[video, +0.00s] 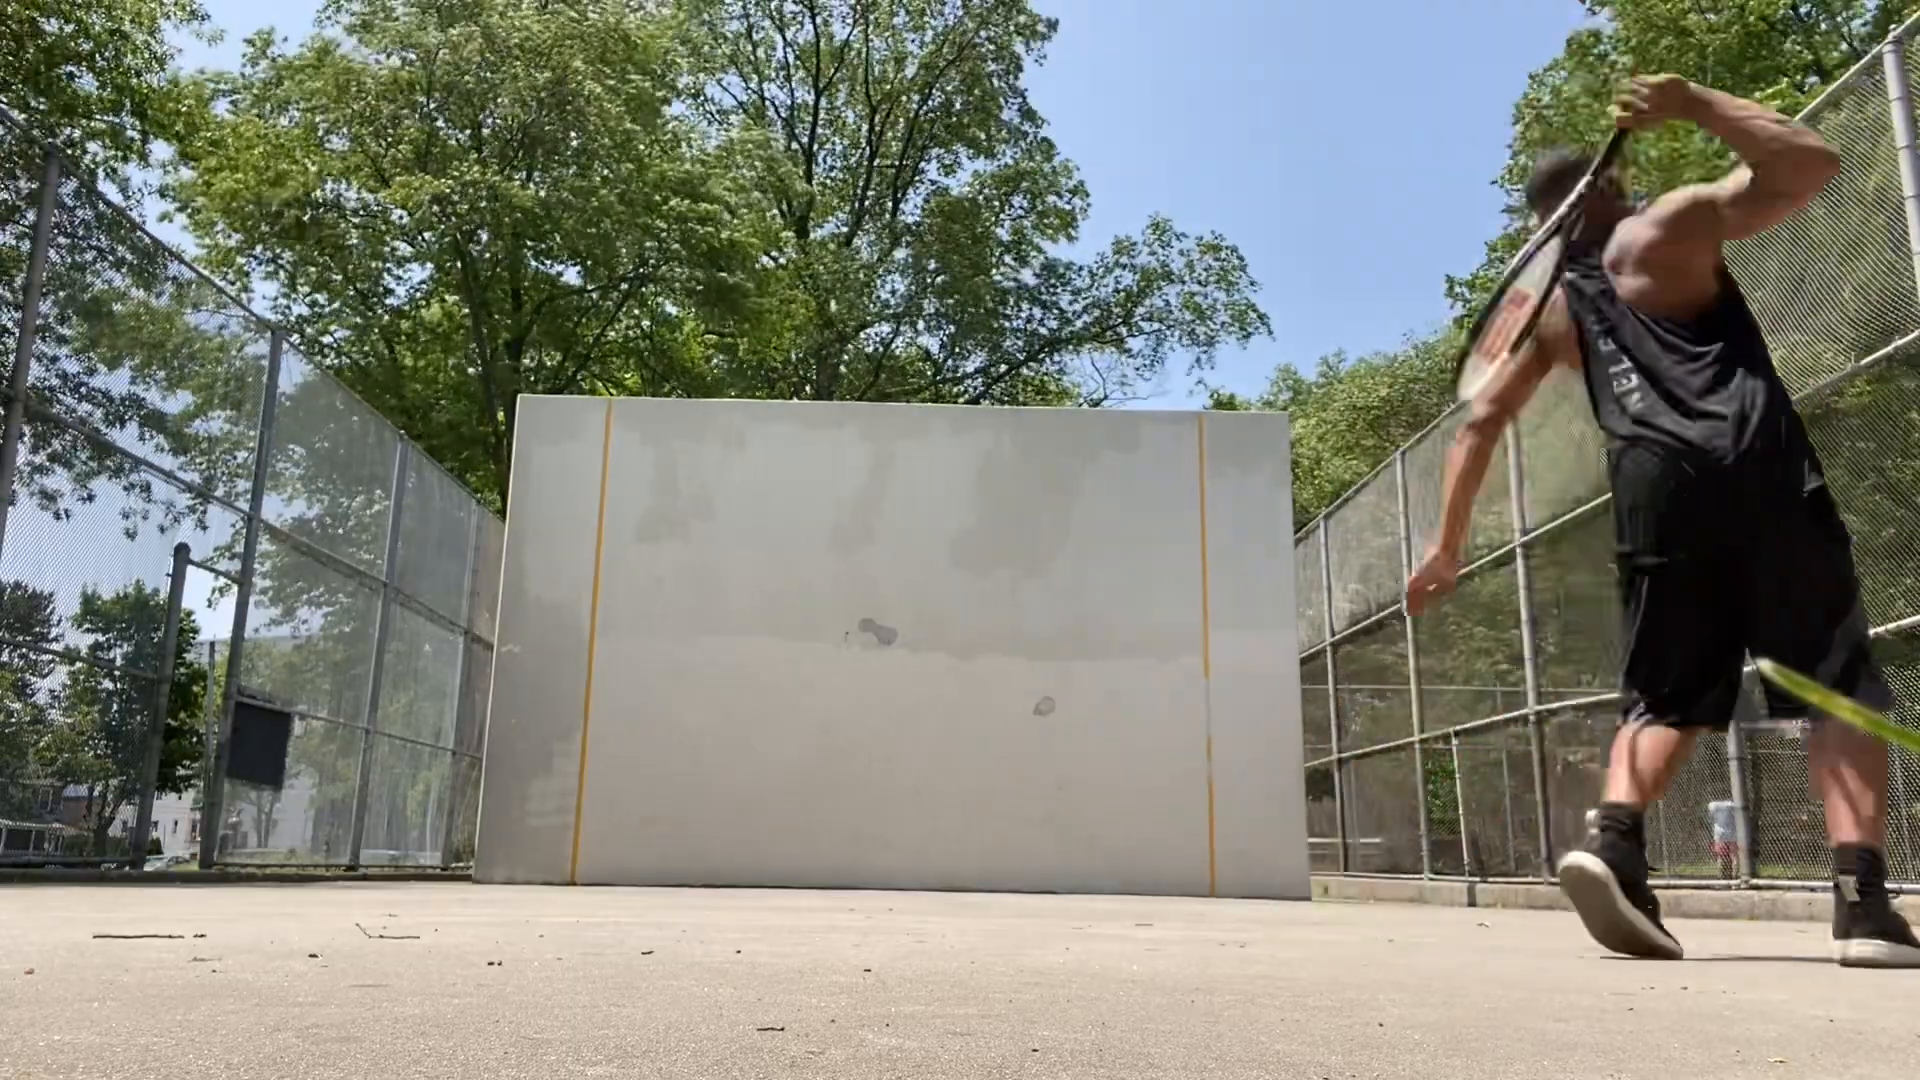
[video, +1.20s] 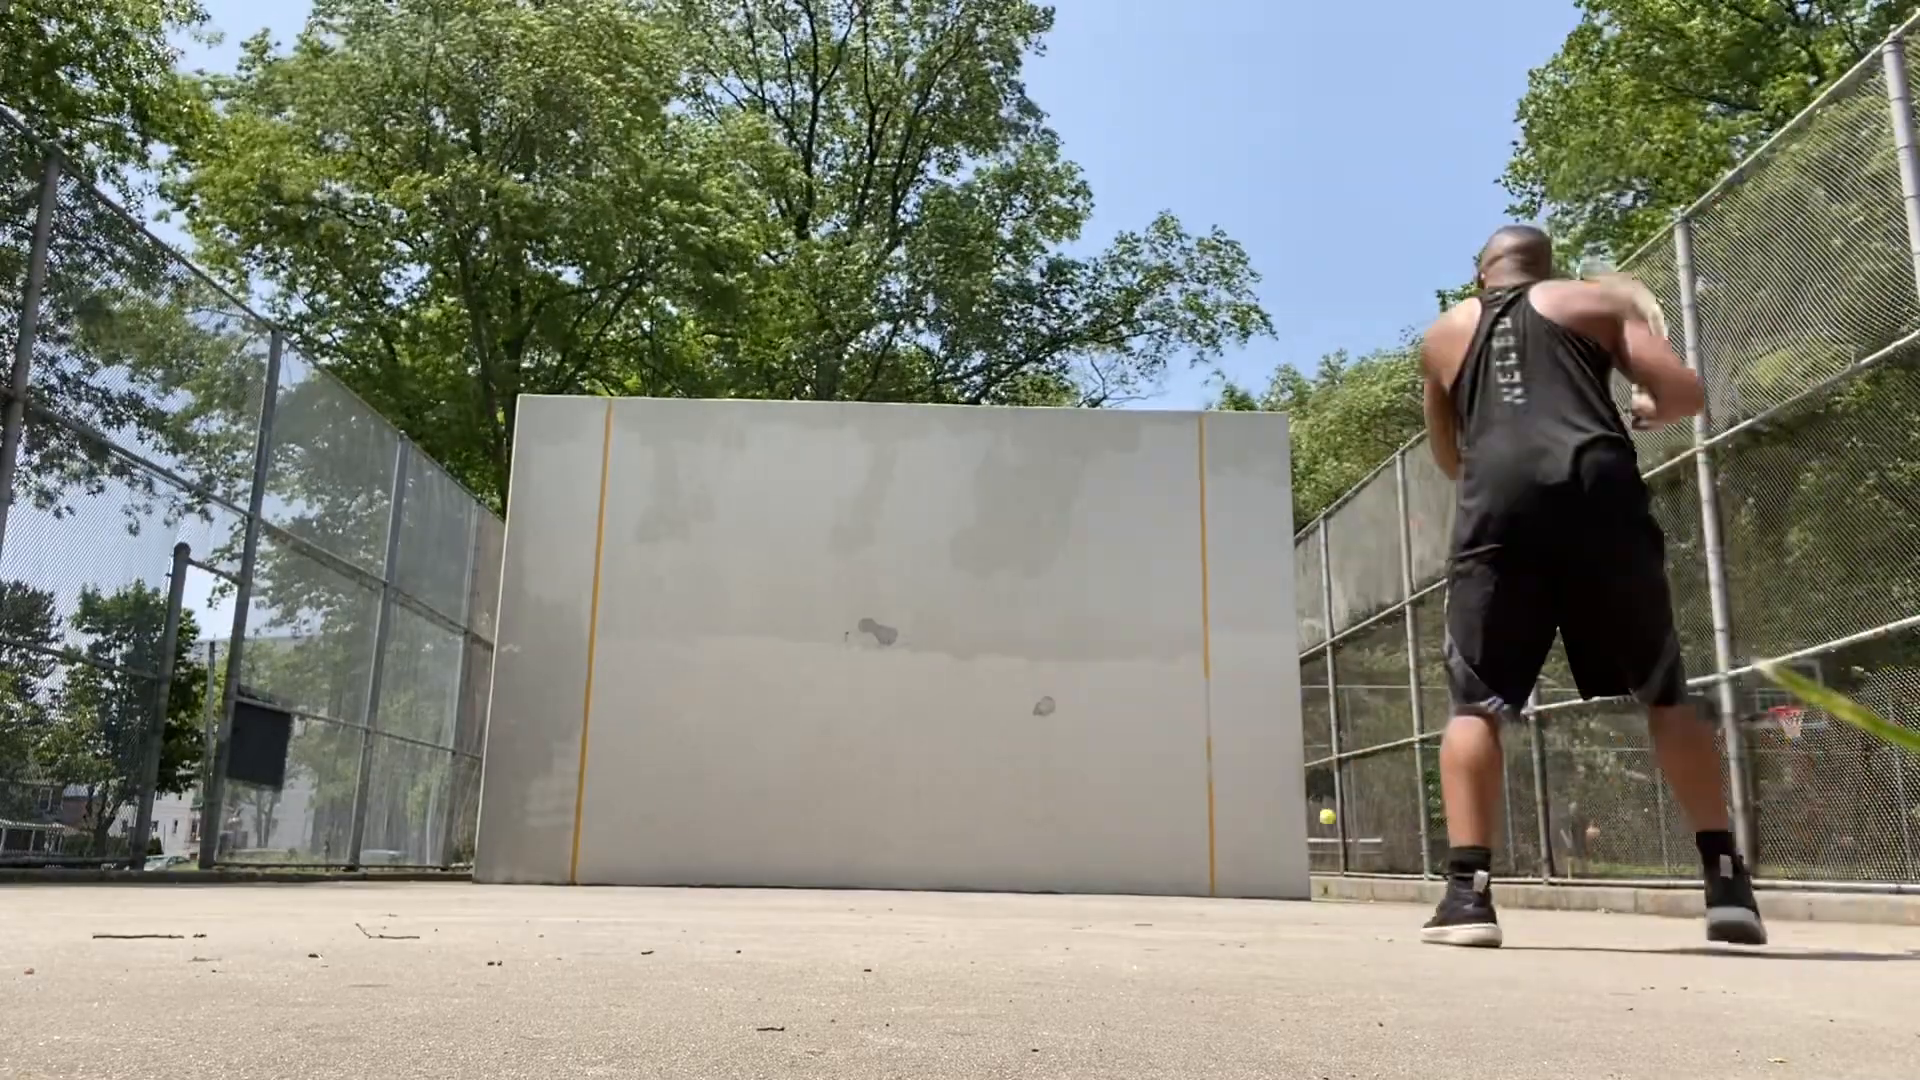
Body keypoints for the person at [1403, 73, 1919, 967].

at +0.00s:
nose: (1619, 182)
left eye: (1608, 176)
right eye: (1609, 177)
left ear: (1550, 220)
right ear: (1601, 189)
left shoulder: (1547, 307)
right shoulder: (1667, 224)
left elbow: (1481, 418)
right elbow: (1810, 163)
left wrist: (1446, 545)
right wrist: (1695, 102)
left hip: (1654, 504)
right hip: (1764, 477)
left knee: (1671, 686)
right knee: (1839, 678)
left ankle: (1613, 846)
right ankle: (1863, 903)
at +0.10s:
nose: (1507, 246)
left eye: (1505, 235)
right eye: (1510, 231)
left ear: (1515, 233)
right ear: (1579, 201)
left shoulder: (1532, 299)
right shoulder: (1657, 215)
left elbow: (1550, 380)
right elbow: (1736, 158)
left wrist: (1523, 504)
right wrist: (1700, 70)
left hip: (1667, 454)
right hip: (1771, 408)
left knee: (1674, 655)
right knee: (1832, 629)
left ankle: (1703, 849)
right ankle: (1890, 861)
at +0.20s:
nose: (1501, 231)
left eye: (1505, 216)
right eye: (1504, 215)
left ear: (1525, 218)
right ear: (1583, 216)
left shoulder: (1550, 276)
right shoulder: (1637, 261)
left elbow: (1634, 347)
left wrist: (1620, 476)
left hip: (1692, 454)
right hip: (1779, 414)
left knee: (1679, 667)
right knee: (1855, 599)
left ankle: (1714, 872)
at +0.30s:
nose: (1504, 255)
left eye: (1507, 242)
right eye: (1507, 242)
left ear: (1528, 243)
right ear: (1585, 241)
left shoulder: (1563, 298)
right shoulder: (1630, 288)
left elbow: (1664, 370)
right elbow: (1566, 402)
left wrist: (1630, 502)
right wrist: (1510, 464)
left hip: (1701, 480)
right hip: (1780, 447)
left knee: (1688, 696)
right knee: (1863, 621)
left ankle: (1746, 904)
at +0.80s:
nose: (1507, 318)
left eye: (1507, 305)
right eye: (1507, 306)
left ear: (1520, 294)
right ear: (1574, 287)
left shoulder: (1542, 327)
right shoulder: (1631, 328)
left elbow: (1575, 438)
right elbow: (1645, 442)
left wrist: (1560, 537)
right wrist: (1571, 521)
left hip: (1664, 495)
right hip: (1749, 492)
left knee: (1572, 690)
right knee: (1741, 694)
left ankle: (1670, 861)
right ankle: (1858, 897)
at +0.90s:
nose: (1501, 303)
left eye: (1501, 293)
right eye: (1503, 293)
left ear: (1512, 288)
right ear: (1579, 282)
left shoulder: (1510, 338)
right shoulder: (1646, 328)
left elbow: (1525, 459)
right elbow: (1709, 426)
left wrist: (1549, 531)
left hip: (1614, 511)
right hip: (1715, 510)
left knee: (1534, 692)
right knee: (1738, 710)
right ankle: (1854, 897)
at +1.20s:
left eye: (1483, 266)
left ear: (1481, 278)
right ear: (1554, 269)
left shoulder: (1443, 334)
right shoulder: (1600, 298)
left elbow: (1450, 460)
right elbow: (1683, 392)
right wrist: (1649, 409)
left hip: (1497, 521)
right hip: (1606, 514)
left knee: (1475, 704)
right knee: (1666, 696)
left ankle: (1467, 894)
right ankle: (1727, 885)